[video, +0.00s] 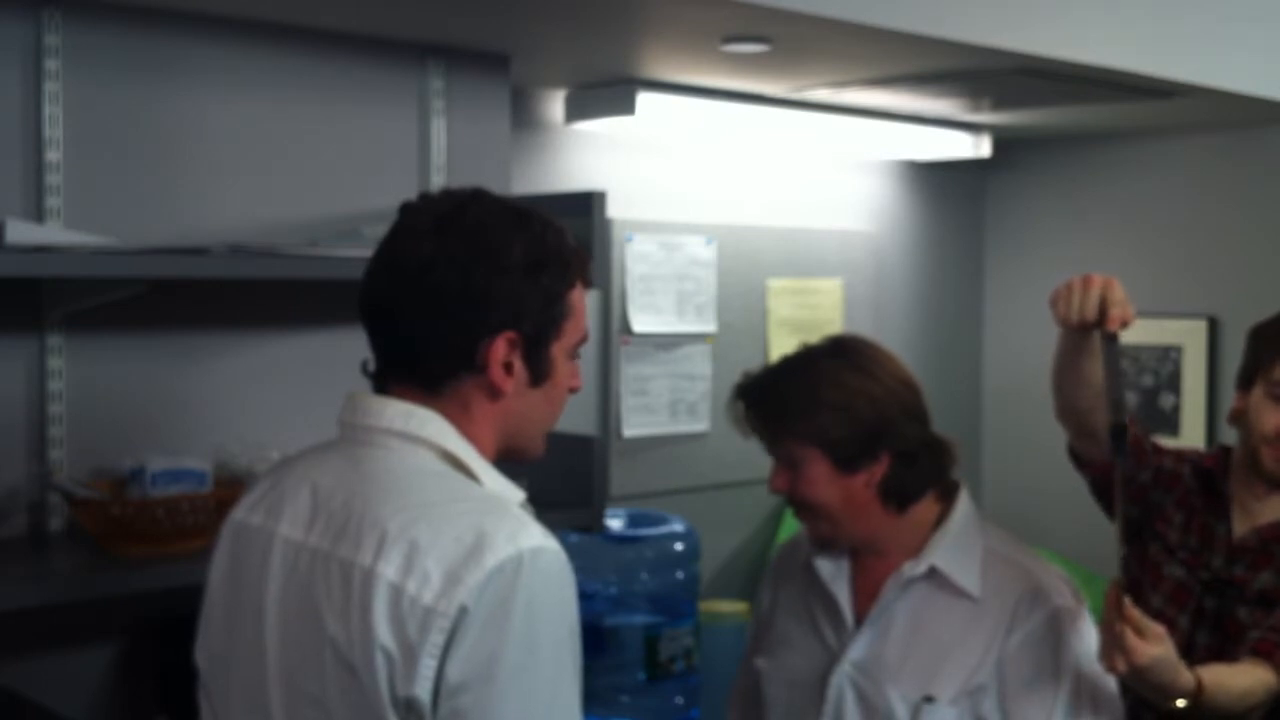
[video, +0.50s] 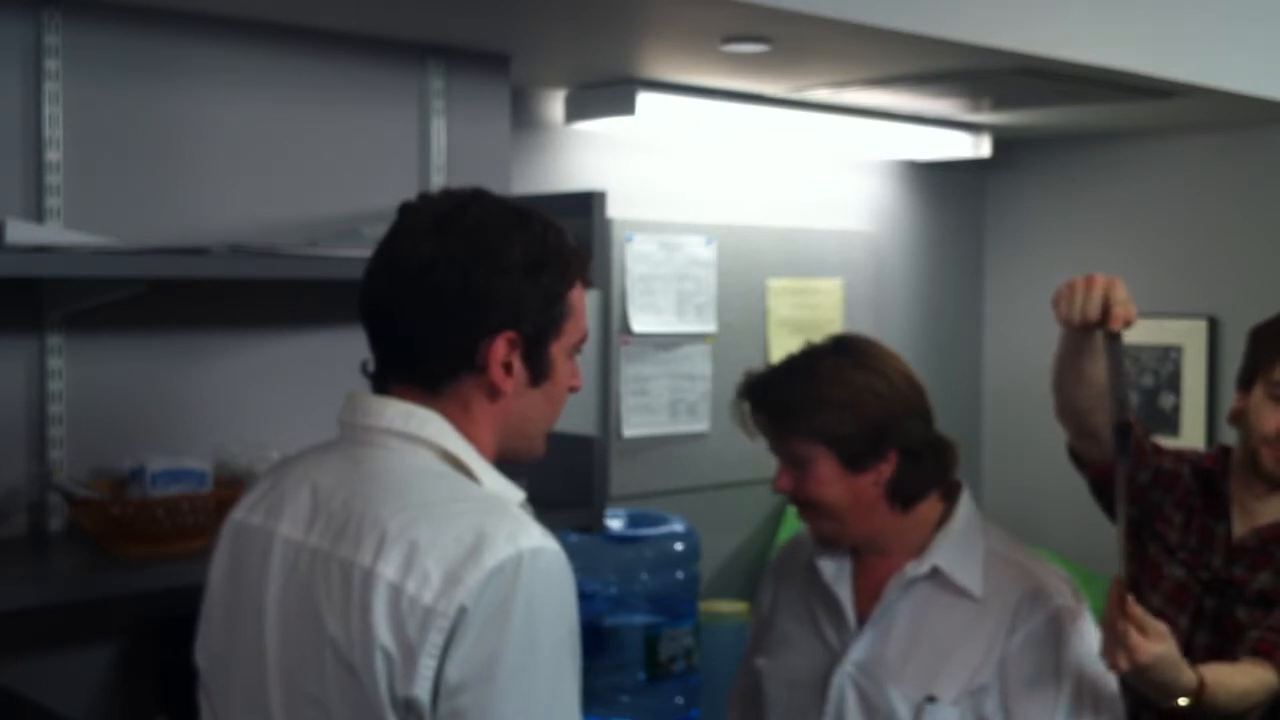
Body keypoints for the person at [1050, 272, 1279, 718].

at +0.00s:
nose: (1278, 421)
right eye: (1275, 396)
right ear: (1241, 401)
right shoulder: (1167, 485)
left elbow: (1267, 676)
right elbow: (1088, 427)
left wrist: (1185, 686)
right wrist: (1083, 328)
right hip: (1130, 703)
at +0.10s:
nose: (1278, 421)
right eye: (1275, 396)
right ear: (1241, 401)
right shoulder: (1167, 485)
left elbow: (1267, 676)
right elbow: (1088, 426)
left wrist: (1185, 686)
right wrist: (1083, 329)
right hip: (1131, 703)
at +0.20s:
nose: (1279, 422)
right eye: (1275, 396)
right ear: (1241, 401)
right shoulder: (1167, 485)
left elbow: (1267, 676)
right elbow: (1088, 426)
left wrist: (1185, 686)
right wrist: (1083, 329)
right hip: (1131, 703)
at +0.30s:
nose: (1279, 422)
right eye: (1275, 396)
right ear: (1241, 401)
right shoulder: (1167, 485)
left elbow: (1267, 676)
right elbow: (1089, 426)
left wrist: (1184, 685)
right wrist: (1084, 329)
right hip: (1134, 704)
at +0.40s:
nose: (1279, 422)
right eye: (1275, 396)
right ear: (1241, 401)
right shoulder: (1168, 485)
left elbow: (1267, 675)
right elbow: (1090, 426)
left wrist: (1185, 684)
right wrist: (1085, 329)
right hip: (1136, 704)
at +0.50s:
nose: (1279, 421)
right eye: (1275, 396)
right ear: (1241, 401)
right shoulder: (1168, 485)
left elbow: (1267, 676)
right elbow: (1090, 426)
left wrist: (1186, 684)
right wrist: (1085, 329)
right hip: (1136, 704)